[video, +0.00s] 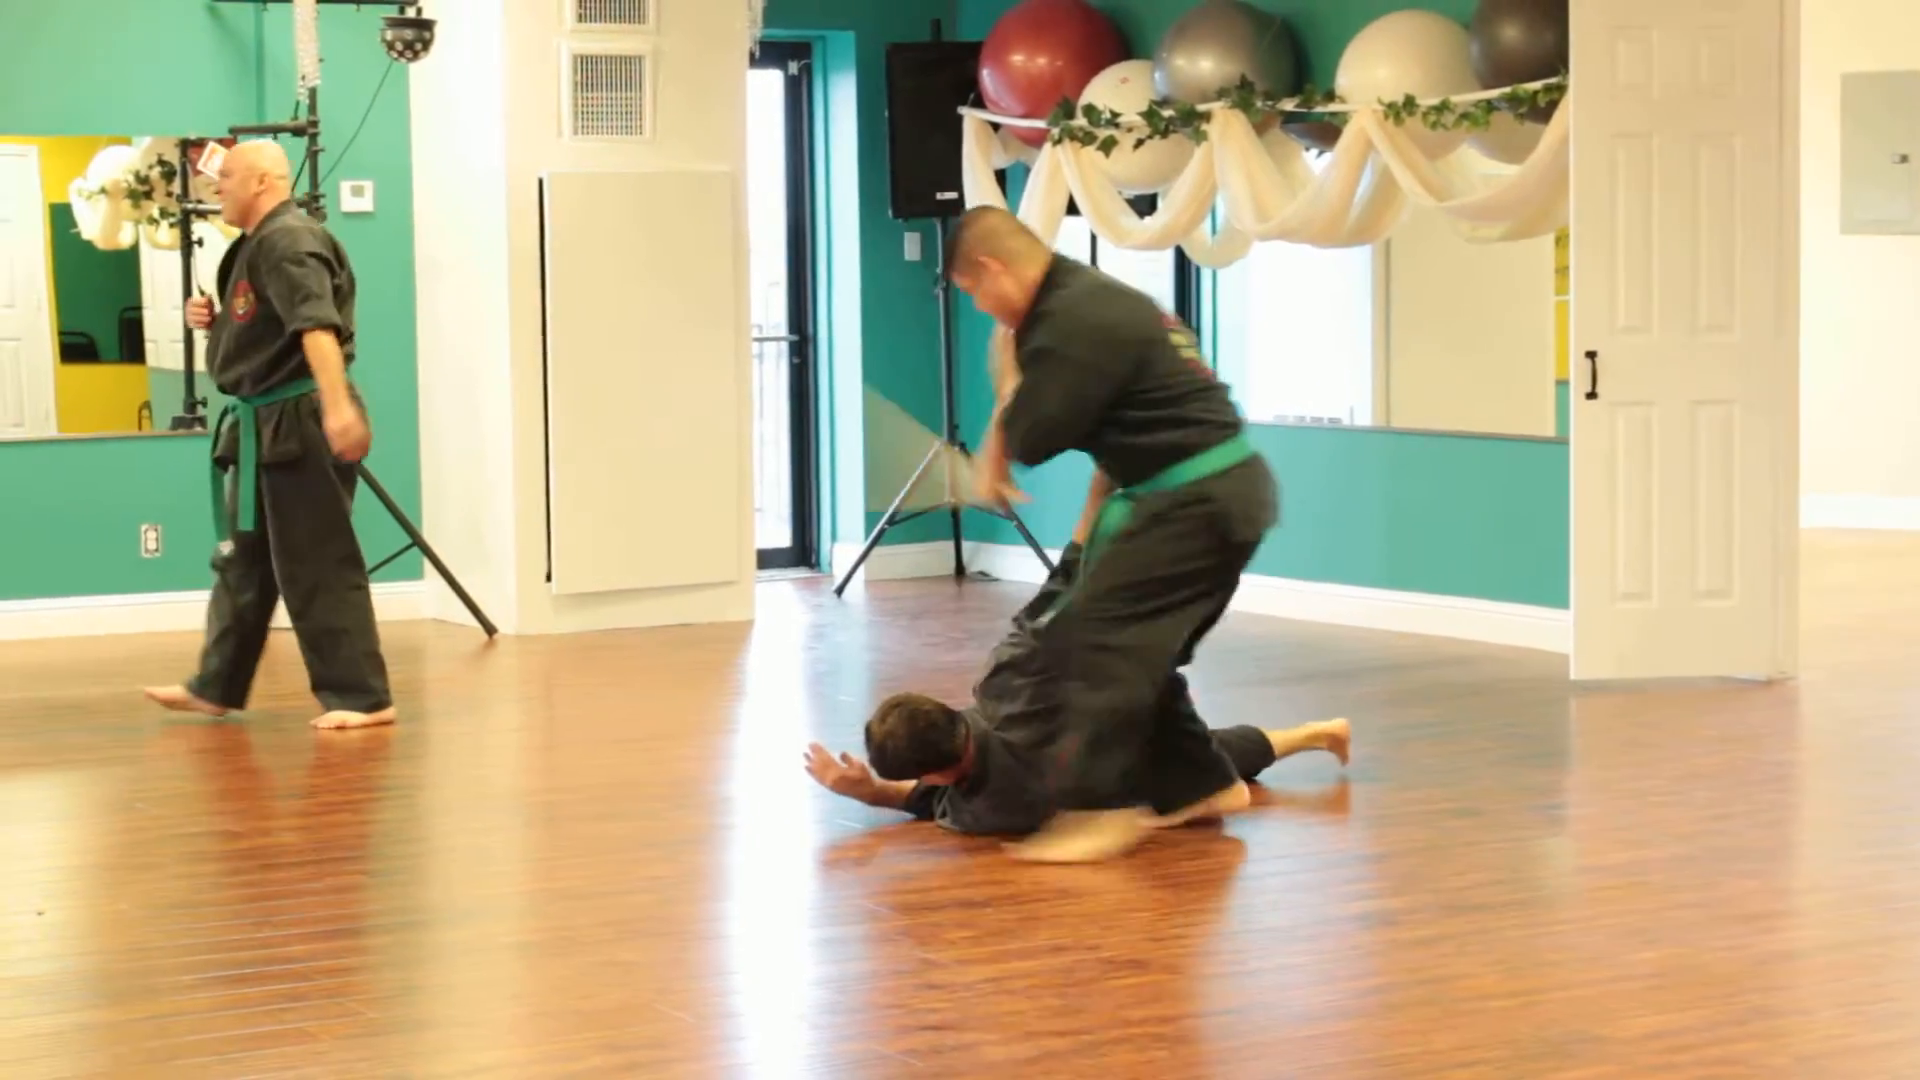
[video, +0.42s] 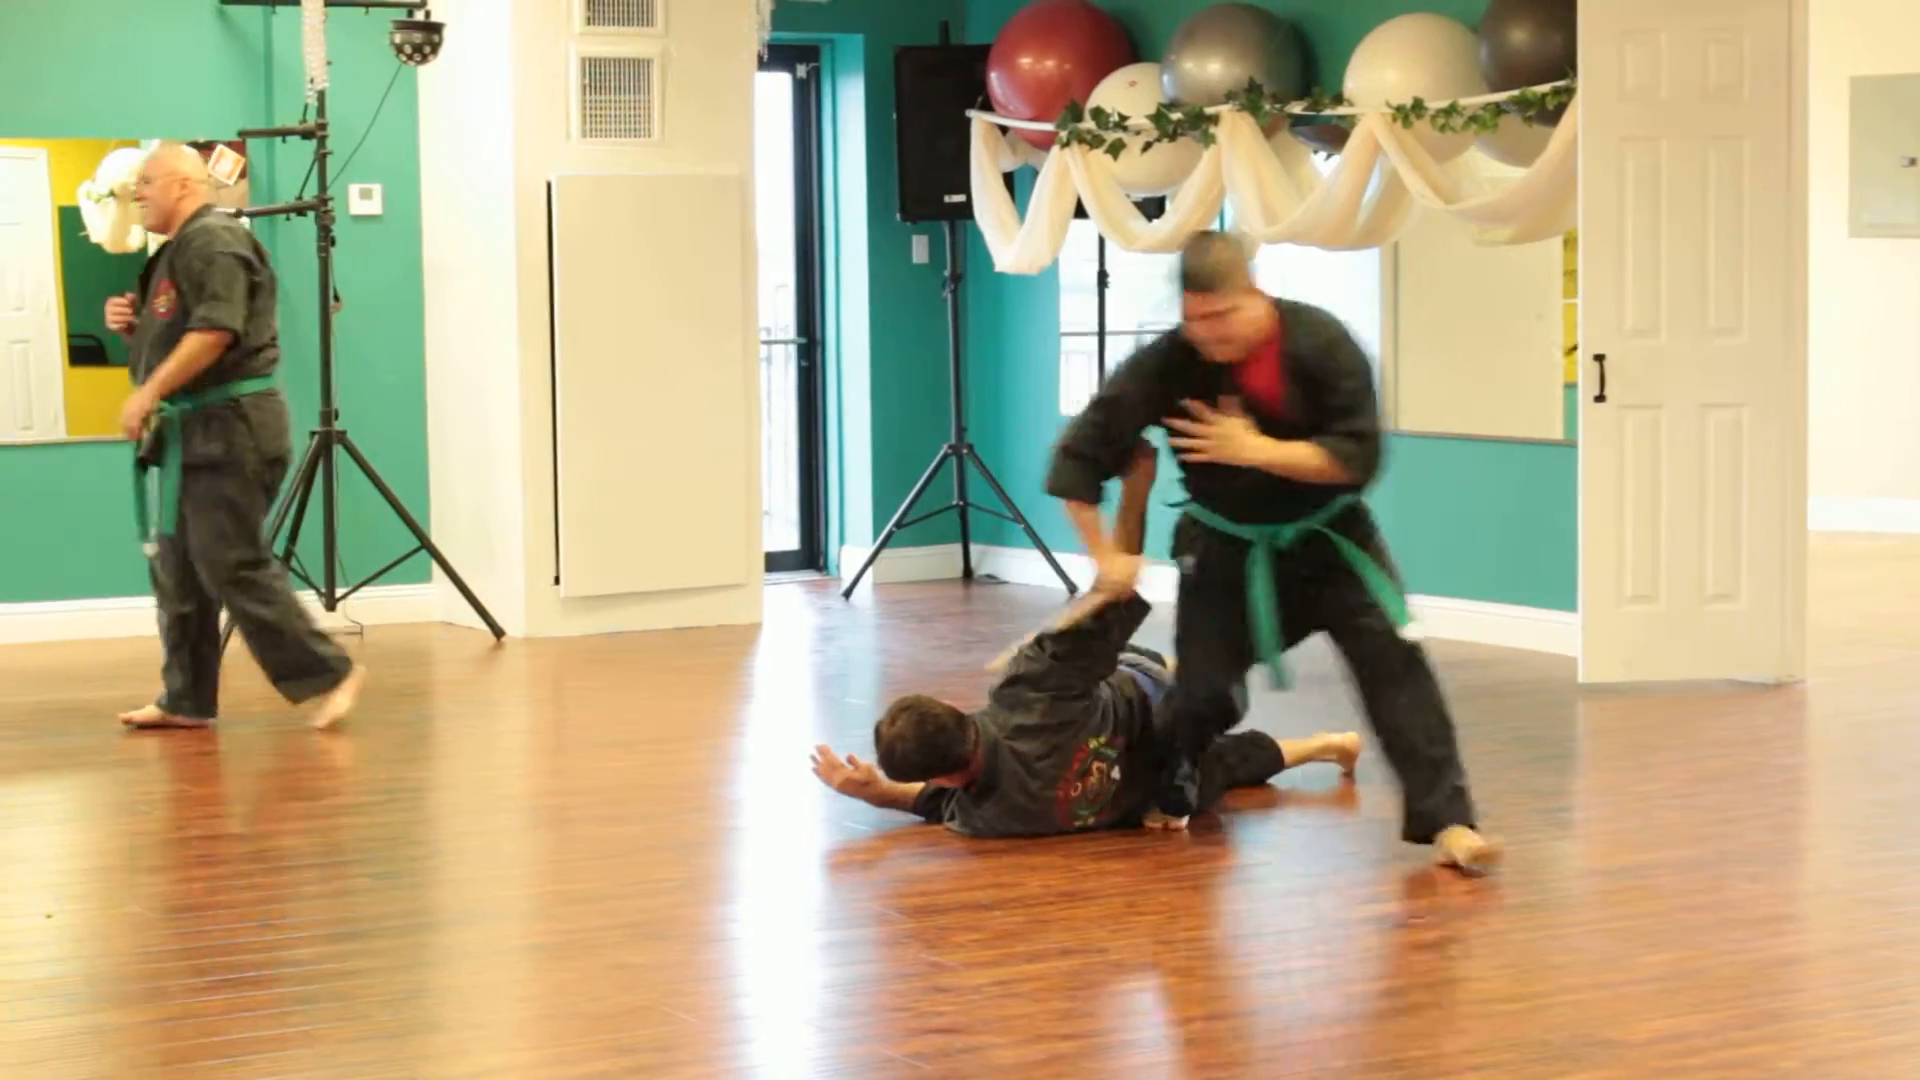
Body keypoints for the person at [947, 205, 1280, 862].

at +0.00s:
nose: (979, 306)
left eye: (973, 289)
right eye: (971, 294)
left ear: (997, 267)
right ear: (1015, 255)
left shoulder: (1075, 320)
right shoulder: (1084, 298)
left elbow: (1027, 441)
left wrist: (1006, 380)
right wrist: (993, 453)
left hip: (1198, 495)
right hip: (1221, 486)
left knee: (1093, 634)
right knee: (1130, 639)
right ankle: (1200, 781)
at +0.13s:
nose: (1015, 313)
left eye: (1015, 298)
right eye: (1009, 301)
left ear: (1049, 273)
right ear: (1046, 274)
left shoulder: (1159, 319)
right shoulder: (1068, 334)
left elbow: (1119, 441)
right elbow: (1036, 432)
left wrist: (1053, 393)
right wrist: (1033, 529)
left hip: (1250, 493)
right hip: (1169, 507)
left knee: (1231, 622)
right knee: (1124, 659)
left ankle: (1256, 805)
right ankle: (1173, 786)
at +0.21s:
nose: (1053, 331)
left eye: (1056, 316)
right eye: (1046, 318)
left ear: (1097, 292)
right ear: (1088, 292)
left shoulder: (1207, 335)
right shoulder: (1086, 350)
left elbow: (1193, 454)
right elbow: (1032, 450)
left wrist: (1097, 424)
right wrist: (1041, 548)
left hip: (1271, 499)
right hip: (1179, 513)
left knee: (1293, 628)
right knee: (1153, 663)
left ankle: (1313, 803)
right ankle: (1169, 795)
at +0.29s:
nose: (1103, 340)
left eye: (1110, 323)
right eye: (1097, 326)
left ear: (1154, 300)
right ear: (1126, 305)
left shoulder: (1249, 343)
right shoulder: (1111, 363)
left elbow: (1266, 462)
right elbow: (1042, 455)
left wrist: (1155, 440)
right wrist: (1048, 551)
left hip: (1287, 511)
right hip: (1191, 523)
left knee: (1326, 625)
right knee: (1178, 678)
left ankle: (1386, 801)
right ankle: (1169, 798)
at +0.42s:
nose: (1212, 331)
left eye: (1225, 314)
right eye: (1198, 318)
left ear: (1259, 294)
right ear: (1183, 310)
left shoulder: (1318, 341)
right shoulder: (1168, 363)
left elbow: (1357, 458)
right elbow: (1076, 458)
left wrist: (1255, 449)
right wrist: (1102, 556)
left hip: (1326, 528)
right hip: (1223, 537)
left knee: (1388, 654)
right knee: (1206, 693)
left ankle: (1449, 819)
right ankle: (1175, 793)